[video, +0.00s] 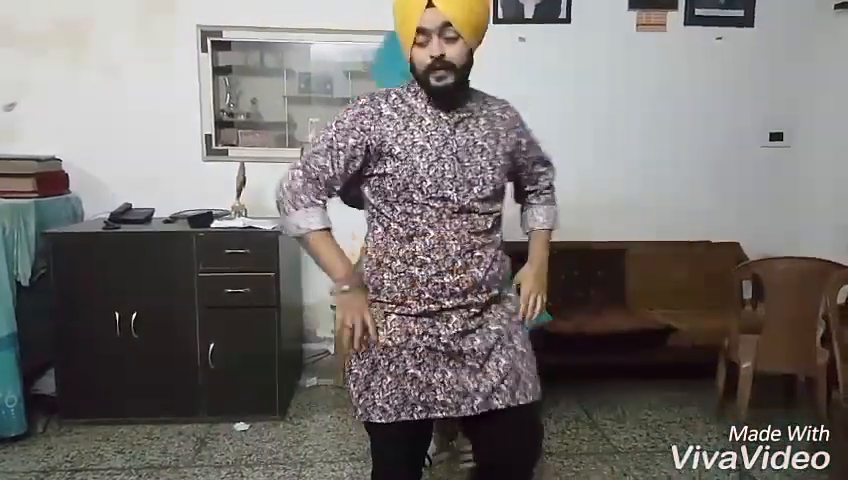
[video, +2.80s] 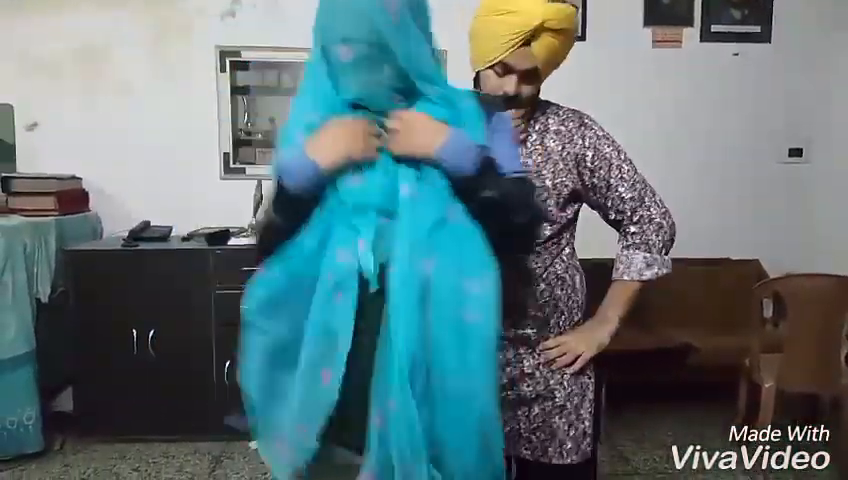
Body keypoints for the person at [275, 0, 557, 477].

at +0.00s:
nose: (437, 50)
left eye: (451, 36)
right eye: (423, 38)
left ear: (473, 43)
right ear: (407, 46)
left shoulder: (501, 119)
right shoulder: (372, 117)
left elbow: (539, 183)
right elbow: (298, 193)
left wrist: (538, 261)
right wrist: (347, 284)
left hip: (489, 330)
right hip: (396, 334)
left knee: (515, 462)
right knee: (397, 471)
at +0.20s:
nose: (438, 50)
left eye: (453, 34)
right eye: (429, 38)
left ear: (489, 38)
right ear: (420, 45)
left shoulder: (538, 117)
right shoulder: (397, 116)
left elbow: (596, 187)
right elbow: (328, 190)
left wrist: (564, 276)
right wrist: (366, 280)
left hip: (511, 338)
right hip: (413, 337)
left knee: (531, 472)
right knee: (405, 473)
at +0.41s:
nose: (455, 49)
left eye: (467, 33)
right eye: (452, 35)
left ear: (514, 33)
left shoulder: (581, 116)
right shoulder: (439, 113)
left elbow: (661, 199)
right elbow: (382, 186)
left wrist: (606, 291)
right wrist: (406, 274)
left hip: (545, 345)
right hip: (448, 341)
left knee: (549, 472)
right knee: (433, 471)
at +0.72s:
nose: (477, 44)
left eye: (487, 29)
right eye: (478, 30)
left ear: (533, 33)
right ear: (525, 34)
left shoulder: (605, 114)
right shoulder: (489, 109)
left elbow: (690, 219)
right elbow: (457, 178)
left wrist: (623, 310)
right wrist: (447, 246)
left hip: (564, 347)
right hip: (476, 337)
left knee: (566, 472)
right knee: (463, 471)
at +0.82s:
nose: (475, 47)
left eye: (483, 32)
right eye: (477, 32)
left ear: (526, 33)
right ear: (521, 35)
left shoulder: (598, 115)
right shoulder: (498, 108)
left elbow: (680, 222)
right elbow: (473, 167)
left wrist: (616, 314)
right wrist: (451, 191)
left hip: (563, 349)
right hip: (480, 339)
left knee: (566, 471)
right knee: (470, 470)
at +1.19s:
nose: (451, 91)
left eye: (454, 78)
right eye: (451, 80)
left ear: (483, 78)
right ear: (500, 79)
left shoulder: (561, 150)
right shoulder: (472, 155)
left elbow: (625, 264)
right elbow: (426, 226)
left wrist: (576, 369)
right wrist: (439, 157)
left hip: (541, 393)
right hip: (463, 382)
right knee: (452, 472)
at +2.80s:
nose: (514, 88)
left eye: (530, 74)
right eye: (502, 70)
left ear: (546, 70)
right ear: (478, 61)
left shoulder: (571, 134)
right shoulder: (440, 132)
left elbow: (650, 224)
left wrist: (603, 322)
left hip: (549, 370)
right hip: (455, 364)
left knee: (555, 471)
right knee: (458, 470)